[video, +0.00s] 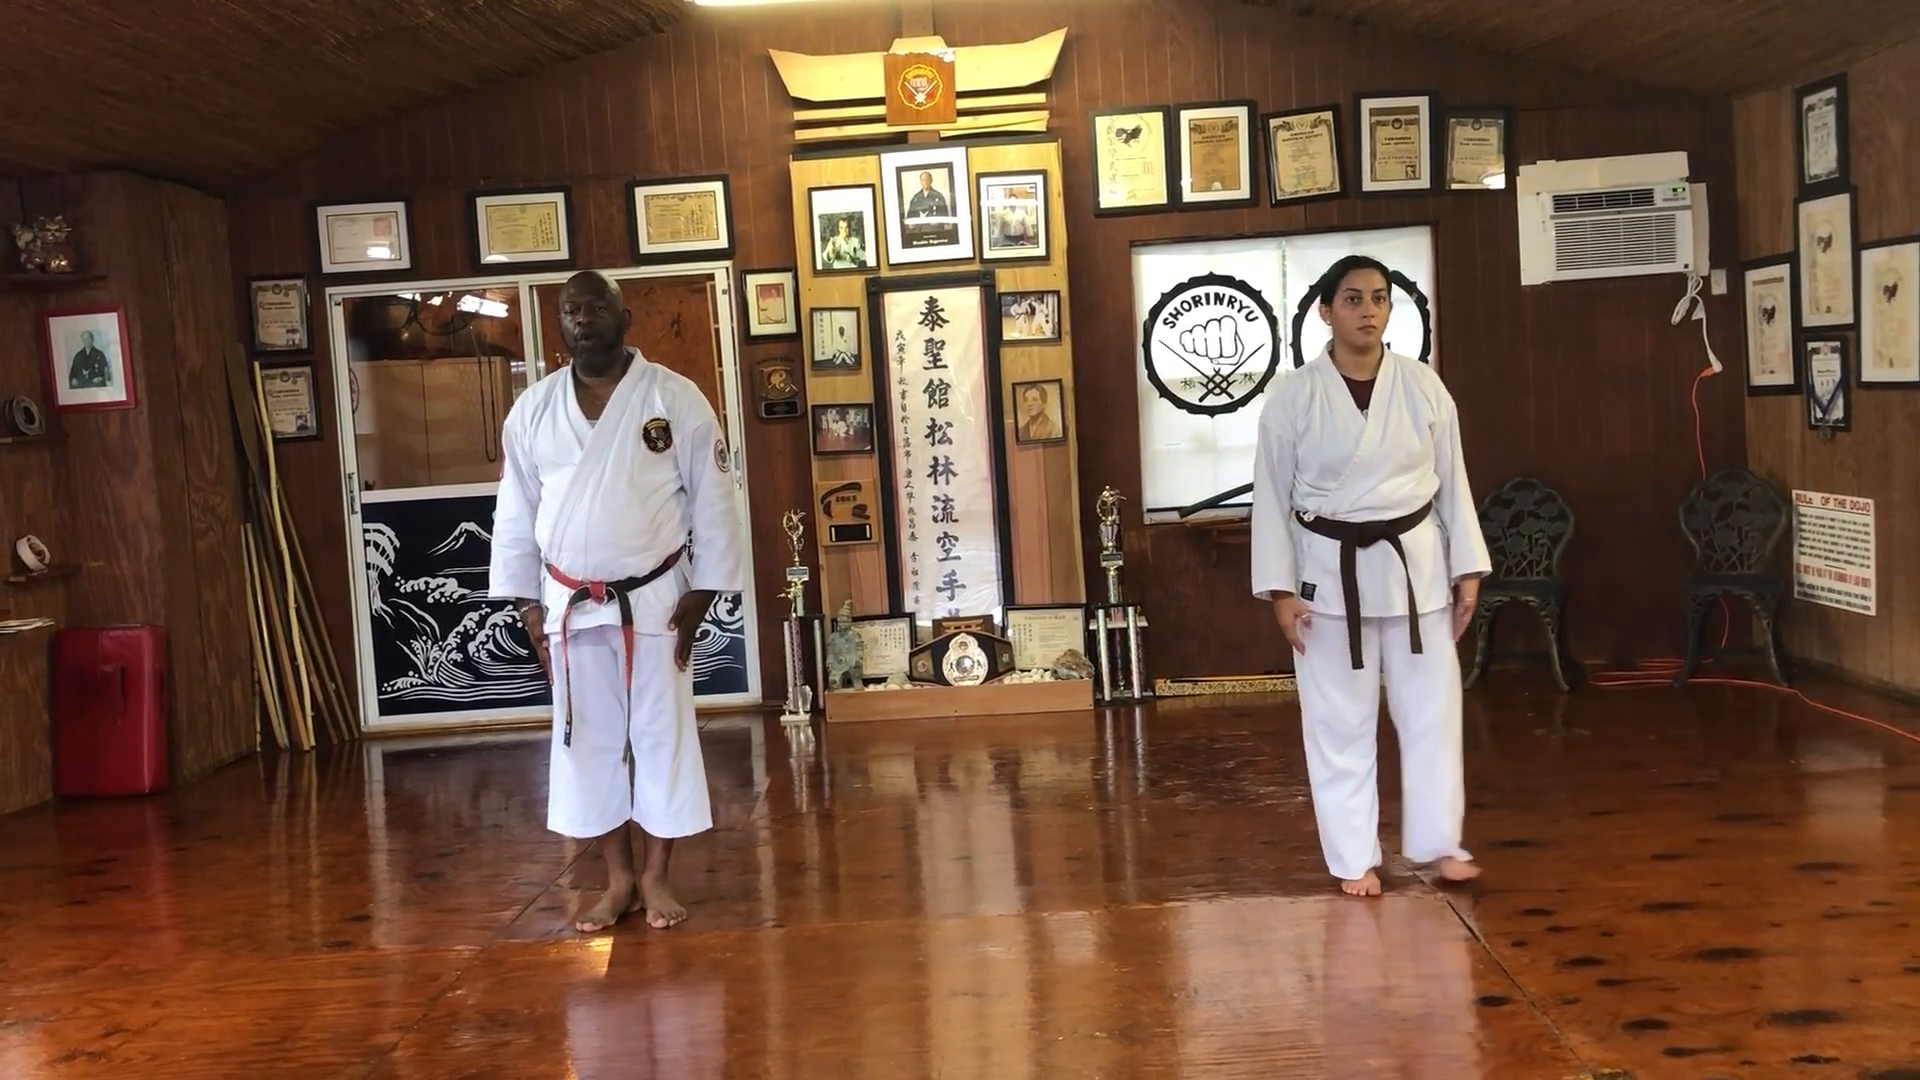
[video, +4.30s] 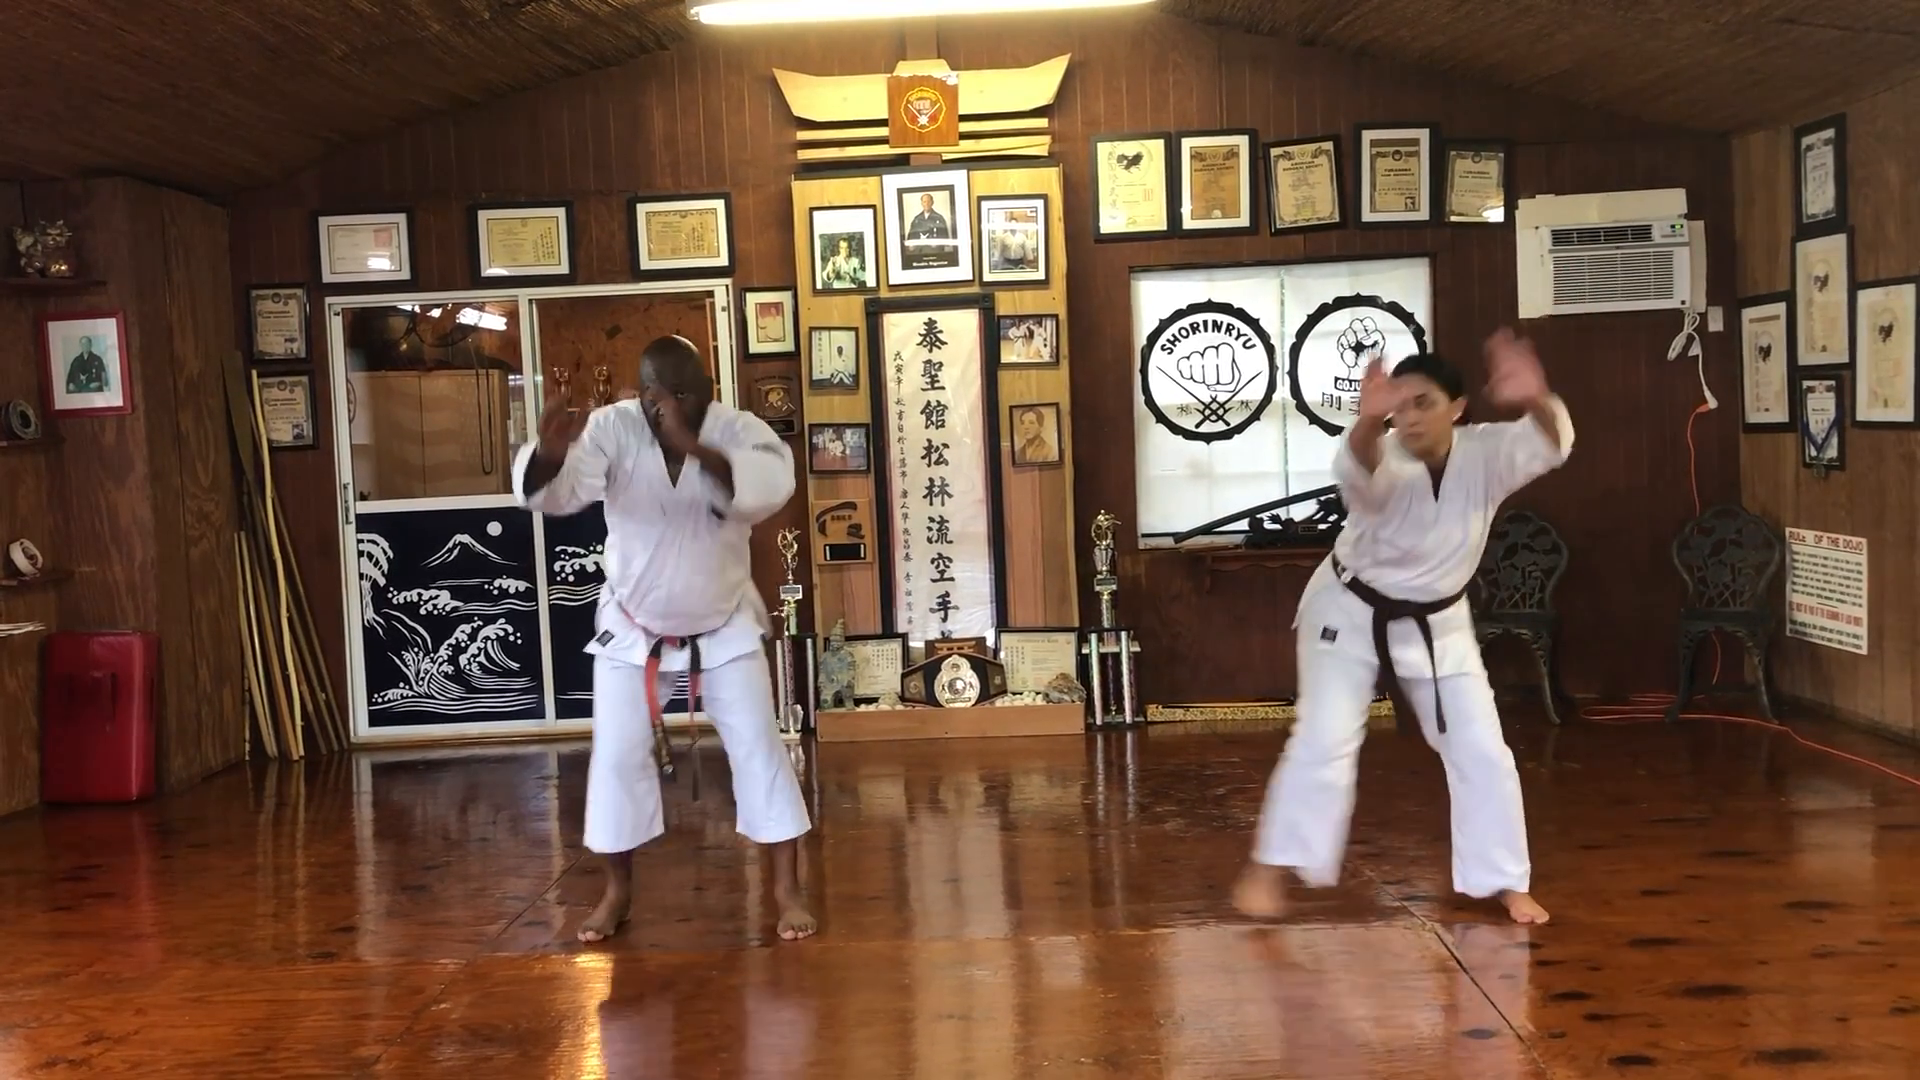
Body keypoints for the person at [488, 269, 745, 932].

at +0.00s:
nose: (583, 320)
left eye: (595, 308)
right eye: (572, 312)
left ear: (624, 319)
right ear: (558, 328)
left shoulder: (675, 398)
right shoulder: (532, 410)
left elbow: (712, 499)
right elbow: (516, 508)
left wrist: (706, 589)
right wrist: (524, 597)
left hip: (656, 590)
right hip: (572, 597)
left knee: (658, 733)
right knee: (590, 734)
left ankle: (654, 879)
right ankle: (617, 880)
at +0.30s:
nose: (592, 324)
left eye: (603, 310)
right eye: (579, 314)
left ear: (631, 316)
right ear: (566, 326)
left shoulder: (682, 394)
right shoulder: (541, 413)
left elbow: (728, 491)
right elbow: (526, 512)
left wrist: (733, 579)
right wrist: (533, 604)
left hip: (680, 585)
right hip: (591, 597)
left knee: (712, 723)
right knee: (600, 735)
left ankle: (747, 868)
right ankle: (620, 881)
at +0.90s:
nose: (693, 328)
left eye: (704, 316)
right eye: (680, 319)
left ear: (730, 323)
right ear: (664, 333)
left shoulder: (779, 406)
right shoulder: (637, 413)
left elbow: (815, 502)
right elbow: (615, 507)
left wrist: (797, 576)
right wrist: (619, 586)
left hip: (761, 594)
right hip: (668, 599)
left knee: (794, 734)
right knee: (651, 743)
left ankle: (815, 877)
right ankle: (626, 888)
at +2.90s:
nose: (673, 339)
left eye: (685, 326)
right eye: (661, 330)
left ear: (715, 334)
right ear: (648, 343)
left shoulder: (764, 418)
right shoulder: (620, 425)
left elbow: (797, 517)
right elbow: (596, 517)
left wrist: (774, 593)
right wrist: (600, 594)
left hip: (738, 608)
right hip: (648, 612)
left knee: (776, 746)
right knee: (631, 752)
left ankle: (804, 889)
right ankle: (614, 901)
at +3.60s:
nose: (653, 352)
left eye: (667, 340)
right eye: (644, 340)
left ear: (701, 340)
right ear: (633, 342)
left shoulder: (755, 405)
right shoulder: (609, 402)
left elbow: (808, 484)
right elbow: (547, 470)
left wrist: (749, 523)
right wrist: (602, 517)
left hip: (735, 594)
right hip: (643, 597)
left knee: (767, 735)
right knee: (621, 740)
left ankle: (802, 888)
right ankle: (603, 897)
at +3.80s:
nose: (651, 416)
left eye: (662, 404)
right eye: (641, 405)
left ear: (684, 390)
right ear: (626, 396)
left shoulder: (726, 425)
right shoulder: (608, 426)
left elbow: (773, 457)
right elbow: (557, 462)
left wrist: (722, 403)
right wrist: (546, 396)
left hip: (739, 619)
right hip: (648, 625)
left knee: (768, 750)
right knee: (622, 754)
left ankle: (786, 893)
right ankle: (599, 899)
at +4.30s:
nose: (659, 408)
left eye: (673, 398)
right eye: (651, 397)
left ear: (703, 391)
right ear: (639, 390)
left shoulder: (737, 429)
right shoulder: (611, 428)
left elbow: (774, 485)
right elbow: (550, 498)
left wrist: (694, 447)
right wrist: (547, 457)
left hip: (723, 618)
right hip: (632, 621)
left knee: (758, 743)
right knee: (616, 752)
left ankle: (786, 893)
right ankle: (616, 891)